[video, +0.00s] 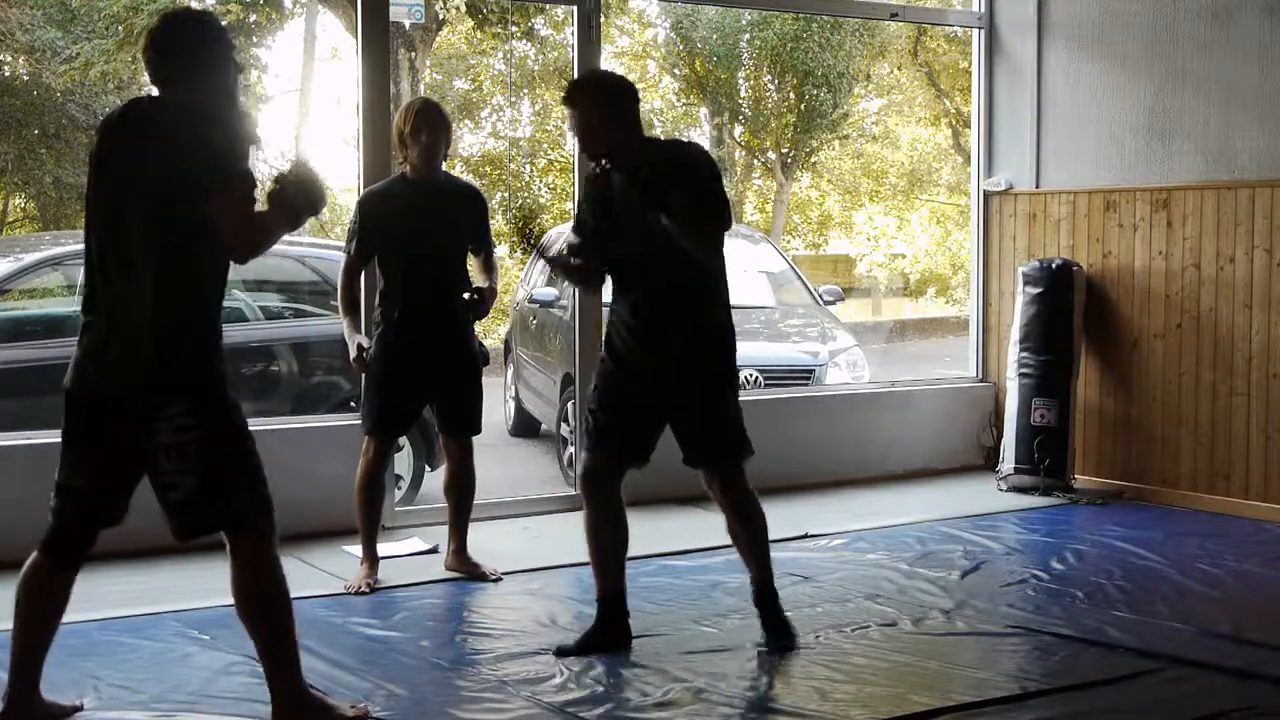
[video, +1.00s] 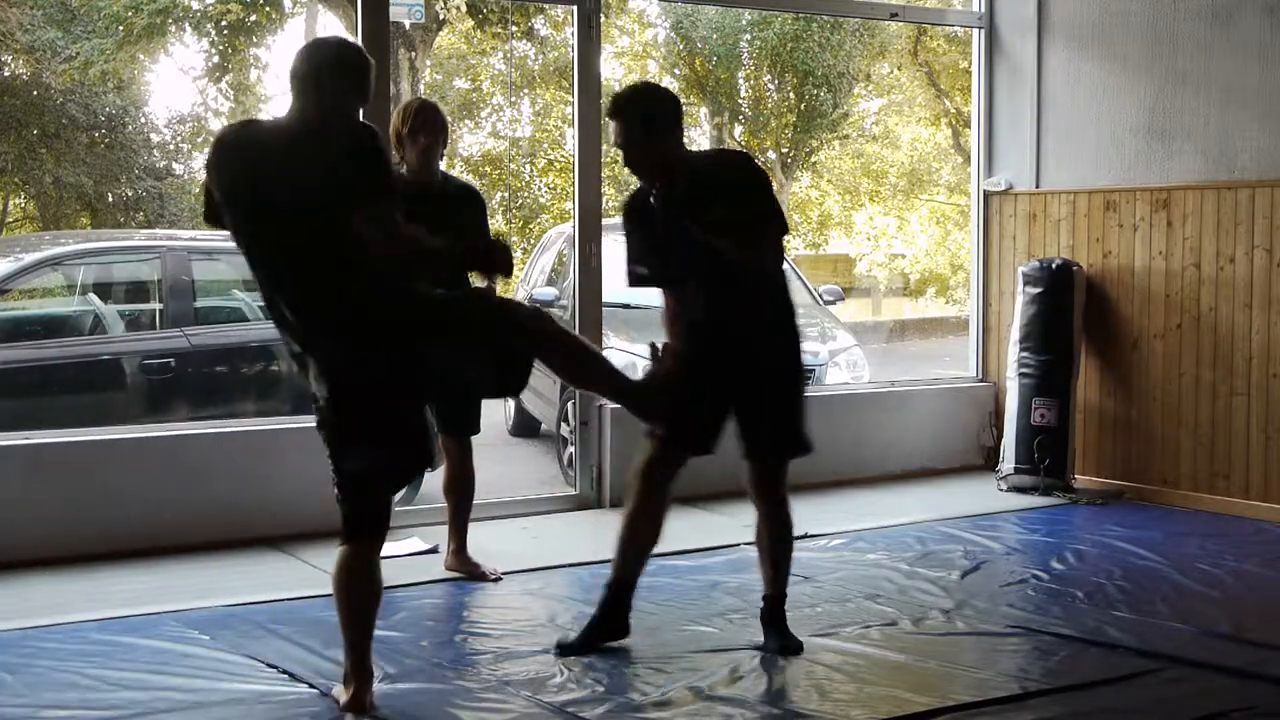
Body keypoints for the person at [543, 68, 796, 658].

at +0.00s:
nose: (575, 137)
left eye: (581, 123)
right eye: (573, 125)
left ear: (615, 115)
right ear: (598, 118)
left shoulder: (687, 161)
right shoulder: (597, 180)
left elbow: (709, 242)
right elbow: (590, 272)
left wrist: (646, 198)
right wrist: (561, 260)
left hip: (700, 344)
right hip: (632, 347)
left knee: (726, 480)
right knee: (598, 476)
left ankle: (770, 609)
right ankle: (612, 622)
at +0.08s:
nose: (578, 146)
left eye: (583, 132)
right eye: (575, 134)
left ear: (617, 122)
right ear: (602, 126)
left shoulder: (690, 165)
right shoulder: (600, 193)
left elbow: (711, 249)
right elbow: (599, 288)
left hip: (701, 353)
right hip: (633, 356)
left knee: (729, 483)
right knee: (592, 474)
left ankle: (773, 610)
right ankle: (610, 620)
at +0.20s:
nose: (586, 156)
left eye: (591, 142)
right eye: (582, 145)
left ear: (626, 130)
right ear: (601, 137)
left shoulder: (701, 171)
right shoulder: (608, 208)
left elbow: (720, 252)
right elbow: (621, 301)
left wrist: (653, 205)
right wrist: (611, 381)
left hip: (713, 363)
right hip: (644, 369)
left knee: (732, 490)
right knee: (587, 472)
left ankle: (769, 615)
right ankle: (609, 620)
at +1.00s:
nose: (621, 156)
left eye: (626, 142)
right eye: (618, 143)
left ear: (662, 133)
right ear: (650, 137)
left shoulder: (737, 170)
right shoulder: (643, 209)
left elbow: (770, 254)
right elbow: (672, 293)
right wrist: (673, 358)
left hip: (765, 352)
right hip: (700, 355)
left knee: (769, 488)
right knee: (652, 477)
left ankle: (775, 613)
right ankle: (614, 612)